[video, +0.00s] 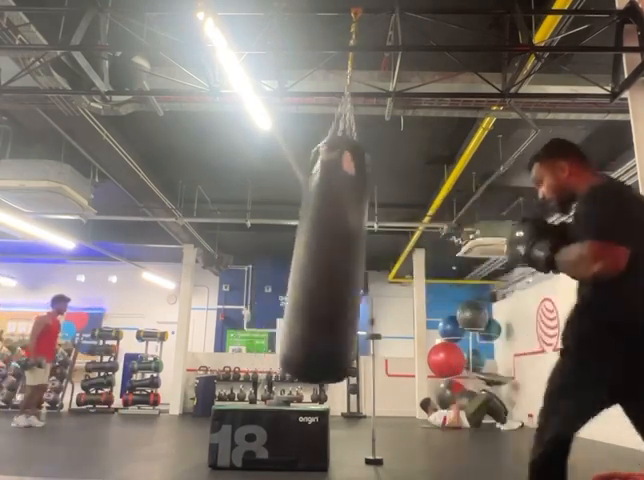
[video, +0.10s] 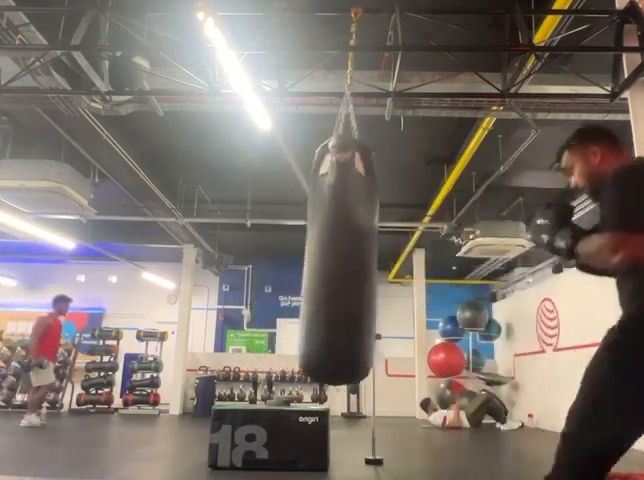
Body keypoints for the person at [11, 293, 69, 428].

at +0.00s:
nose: (66, 308)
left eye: (66, 305)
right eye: (64, 305)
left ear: (62, 306)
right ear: (56, 304)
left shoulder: (56, 323)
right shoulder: (43, 319)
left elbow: (52, 342)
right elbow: (33, 337)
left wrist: (52, 359)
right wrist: (33, 356)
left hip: (47, 359)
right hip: (38, 358)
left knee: (42, 388)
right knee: (34, 387)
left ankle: (32, 414)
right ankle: (21, 415)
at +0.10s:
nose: (67, 308)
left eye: (68, 305)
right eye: (66, 305)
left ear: (63, 306)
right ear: (58, 305)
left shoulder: (57, 323)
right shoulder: (44, 320)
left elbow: (54, 342)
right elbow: (35, 338)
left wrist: (54, 359)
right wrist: (34, 357)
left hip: (49, 360)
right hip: (41, 359)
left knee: (38, 387)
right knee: (45, 385)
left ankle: (34, 413)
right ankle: (30, 414)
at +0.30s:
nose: (74, 310)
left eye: (74, 307)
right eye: (72, 307)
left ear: (68, 307)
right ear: (64, 306)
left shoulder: (64, 324)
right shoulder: (52, 321)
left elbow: (60, 343)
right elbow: (41, 339)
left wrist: (65, 357)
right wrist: (39, 359)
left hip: (56, 358)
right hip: (50, 358)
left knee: (42, 386)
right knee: (64, 381)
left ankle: (31, 415)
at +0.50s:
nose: (83, 315)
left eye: (84, 312)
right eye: (82, 312)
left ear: (81, 313)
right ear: (74, 311)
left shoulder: (76, 328)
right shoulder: (62, 326)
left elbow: (71, 347)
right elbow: (49, 344)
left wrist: (73, 365)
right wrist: (48, 365)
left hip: (68, 364)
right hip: (61, 364)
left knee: (52, 391)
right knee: (75, 387)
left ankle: (31, 416)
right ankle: (81, 418)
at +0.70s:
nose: (94, 327)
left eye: (95, 324)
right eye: (93, 323)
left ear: (91, 323)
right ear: (86, 322)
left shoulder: (85, 337)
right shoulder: (72, 336)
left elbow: (80, 356)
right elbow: (60, 354)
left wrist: (82, 370)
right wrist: (59, 374)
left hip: (78, 369)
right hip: (69, 368)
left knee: (64, 402)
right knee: (91, 386)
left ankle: (34, 414)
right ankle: (87, 420)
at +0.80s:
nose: (97, 332)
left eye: (98, 329)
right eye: (95, 328)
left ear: (96, 328)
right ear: (88, 327)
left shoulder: (87, 341)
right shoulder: (74, 340)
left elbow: (83, 359)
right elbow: (65, 359)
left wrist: (85, 372)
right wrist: (63, 378)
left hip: (79, 372)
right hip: (70, 371)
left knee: (65, 405)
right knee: (93, 386)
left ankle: (34, 413)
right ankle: (88, 420)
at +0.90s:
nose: (98, 338)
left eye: (99, 335)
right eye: (97, 335)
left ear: (96, 334)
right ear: (92, 332)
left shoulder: (89, 346)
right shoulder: (78, 345)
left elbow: (83, 364)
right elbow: (66, 362)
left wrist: (87, 375)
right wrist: (66, 381)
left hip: (82, 377)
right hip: (73, 377)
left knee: (66, 410)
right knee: (95, 388)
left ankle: (37, 413)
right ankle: (89, 420)